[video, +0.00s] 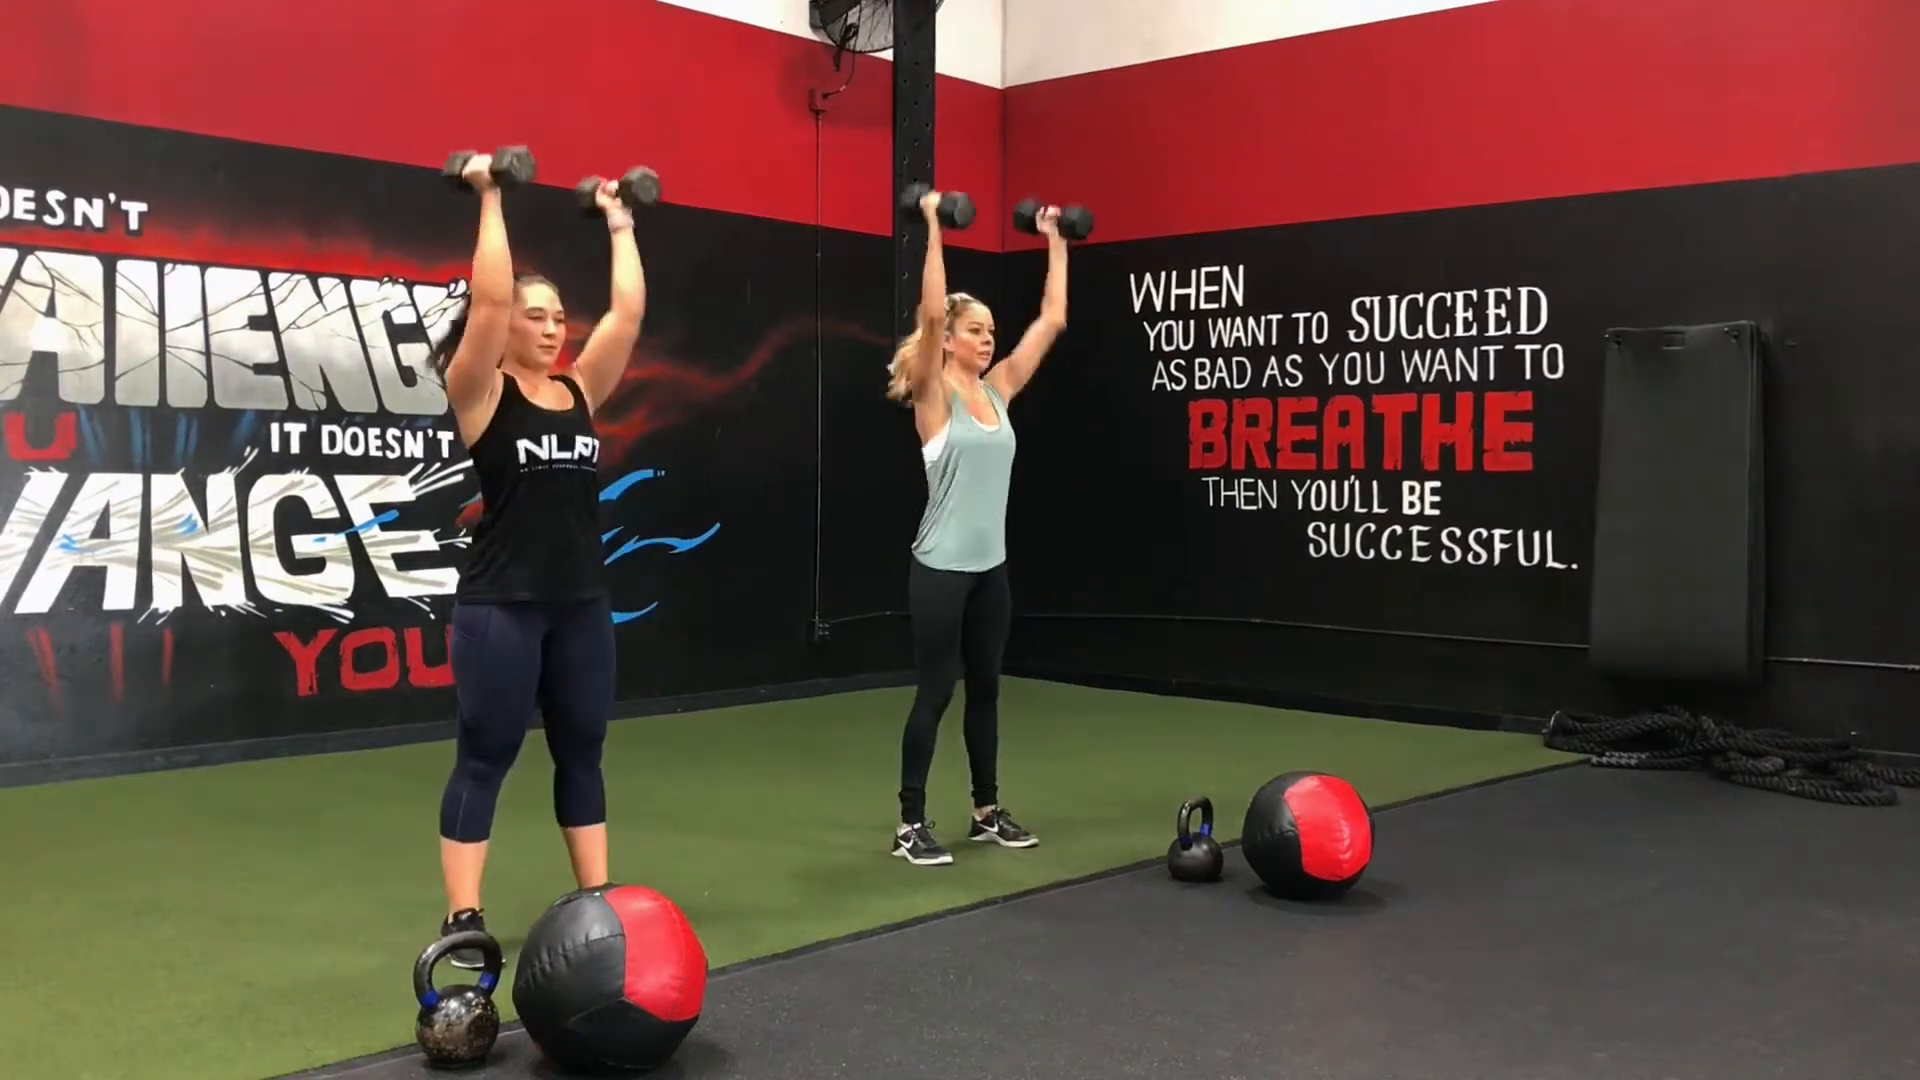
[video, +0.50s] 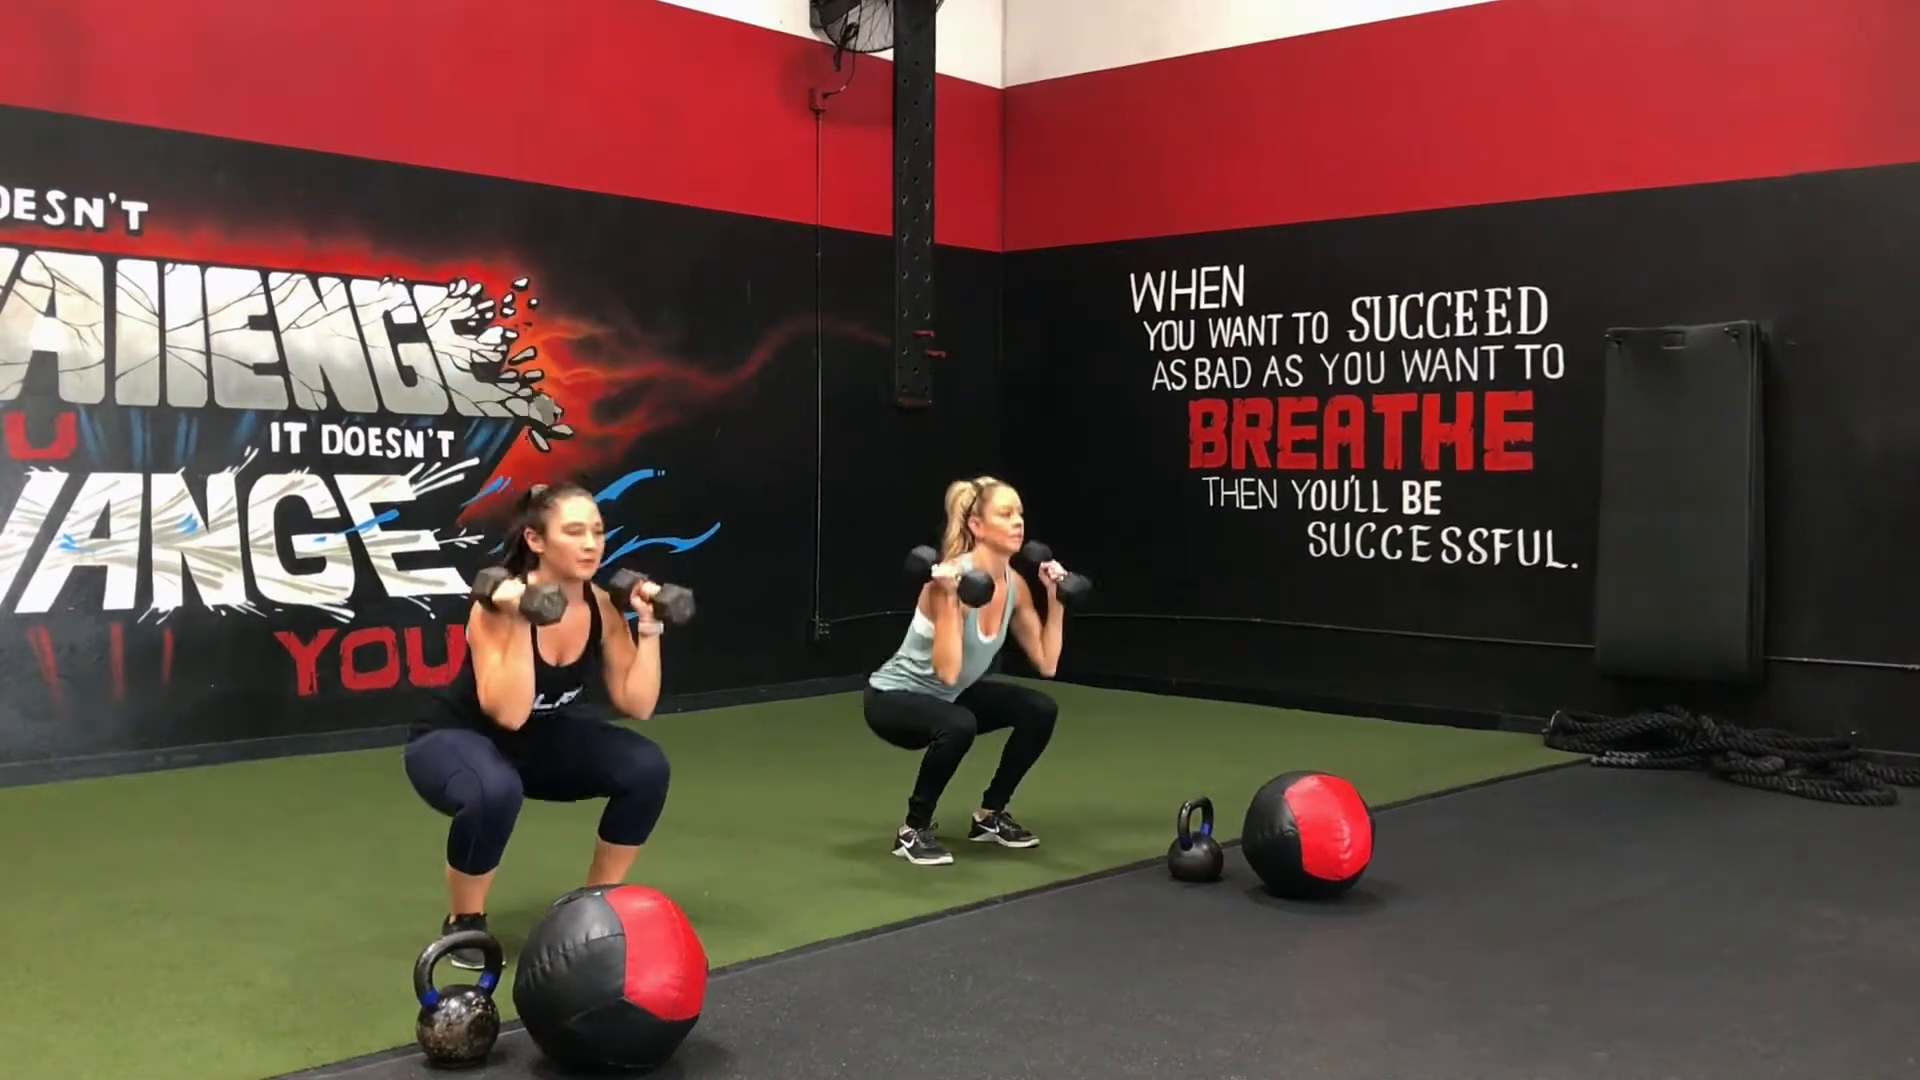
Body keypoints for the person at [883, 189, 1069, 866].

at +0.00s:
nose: (988, 338)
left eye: (991, 330)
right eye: (977, 328)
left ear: (992, 342)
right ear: (946, 337)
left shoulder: (996, 388)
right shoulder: (932, 388)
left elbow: (1052, 319)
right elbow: (934, 312)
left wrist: (1056, 241)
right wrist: (933, 226)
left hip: (990, 569)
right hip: (939, 569)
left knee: (984, 689)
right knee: (937, 689)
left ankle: (988, 813)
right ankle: (911, 825)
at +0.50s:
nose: (1019, 522)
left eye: (1019, 514)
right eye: (1006, 514)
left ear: (1024, 522)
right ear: (976, 526)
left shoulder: (1015, 585)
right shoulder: (947, 580)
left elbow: (1046, 663)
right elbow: (948, 674)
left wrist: (1055, 596)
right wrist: (949, 598)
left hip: (951, 695)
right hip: (894, 695)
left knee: (1040, 709)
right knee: (958, 724)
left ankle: (990, 816)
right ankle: (914, 831)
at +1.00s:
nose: (991, 336)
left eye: (994, 329)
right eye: (979, 327)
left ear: (998, 339)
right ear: (950, 332)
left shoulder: (1001, 387)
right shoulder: (943, 391)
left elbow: (1049, 307)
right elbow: (953, 299)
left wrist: (1068, 231)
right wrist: (947, 209)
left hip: (994, 571)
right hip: (938, 570)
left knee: (990, 693)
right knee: (933, 693)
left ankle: (987, 813)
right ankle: (913, 824)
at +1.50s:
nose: (1016, 502)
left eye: (1017, 493)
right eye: (1003, 494)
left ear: (1021, 500)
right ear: (975, 505)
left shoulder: (1014, 561)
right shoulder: (948, 556)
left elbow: (1052, 642)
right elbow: (949, 651)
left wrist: (1054, 574)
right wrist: (948, 569)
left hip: (947, 683)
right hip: (893, 678)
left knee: (1038, 711)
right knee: (959, 726)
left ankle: (990, 816)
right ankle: (915, 830)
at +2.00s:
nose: (992, 344)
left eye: (993, 335)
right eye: (980, 334)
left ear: (994, 341)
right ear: (950, 339)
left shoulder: (997, 390)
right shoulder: (940, 395)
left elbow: (1059, 332)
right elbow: (949, 329)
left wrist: (1050, 260)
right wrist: (941, 246)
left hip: (992, 570)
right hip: (938, 569)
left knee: (998, 691)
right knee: (944, 689)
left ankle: (988, 814)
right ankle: (914, 825)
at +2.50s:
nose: (1015, 483)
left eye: (1017, 474)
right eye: (1003, 474)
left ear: (1021, 481)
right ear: (973, 485)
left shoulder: (1016, 544)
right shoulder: (949, 538)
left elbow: (1062, 609)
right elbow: (950, 626)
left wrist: (1060, 544)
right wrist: (949, 551)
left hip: (954, 667)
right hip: (898, 666)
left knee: (1037, 712)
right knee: (961, 727)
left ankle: (991, 815)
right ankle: (915, 830)